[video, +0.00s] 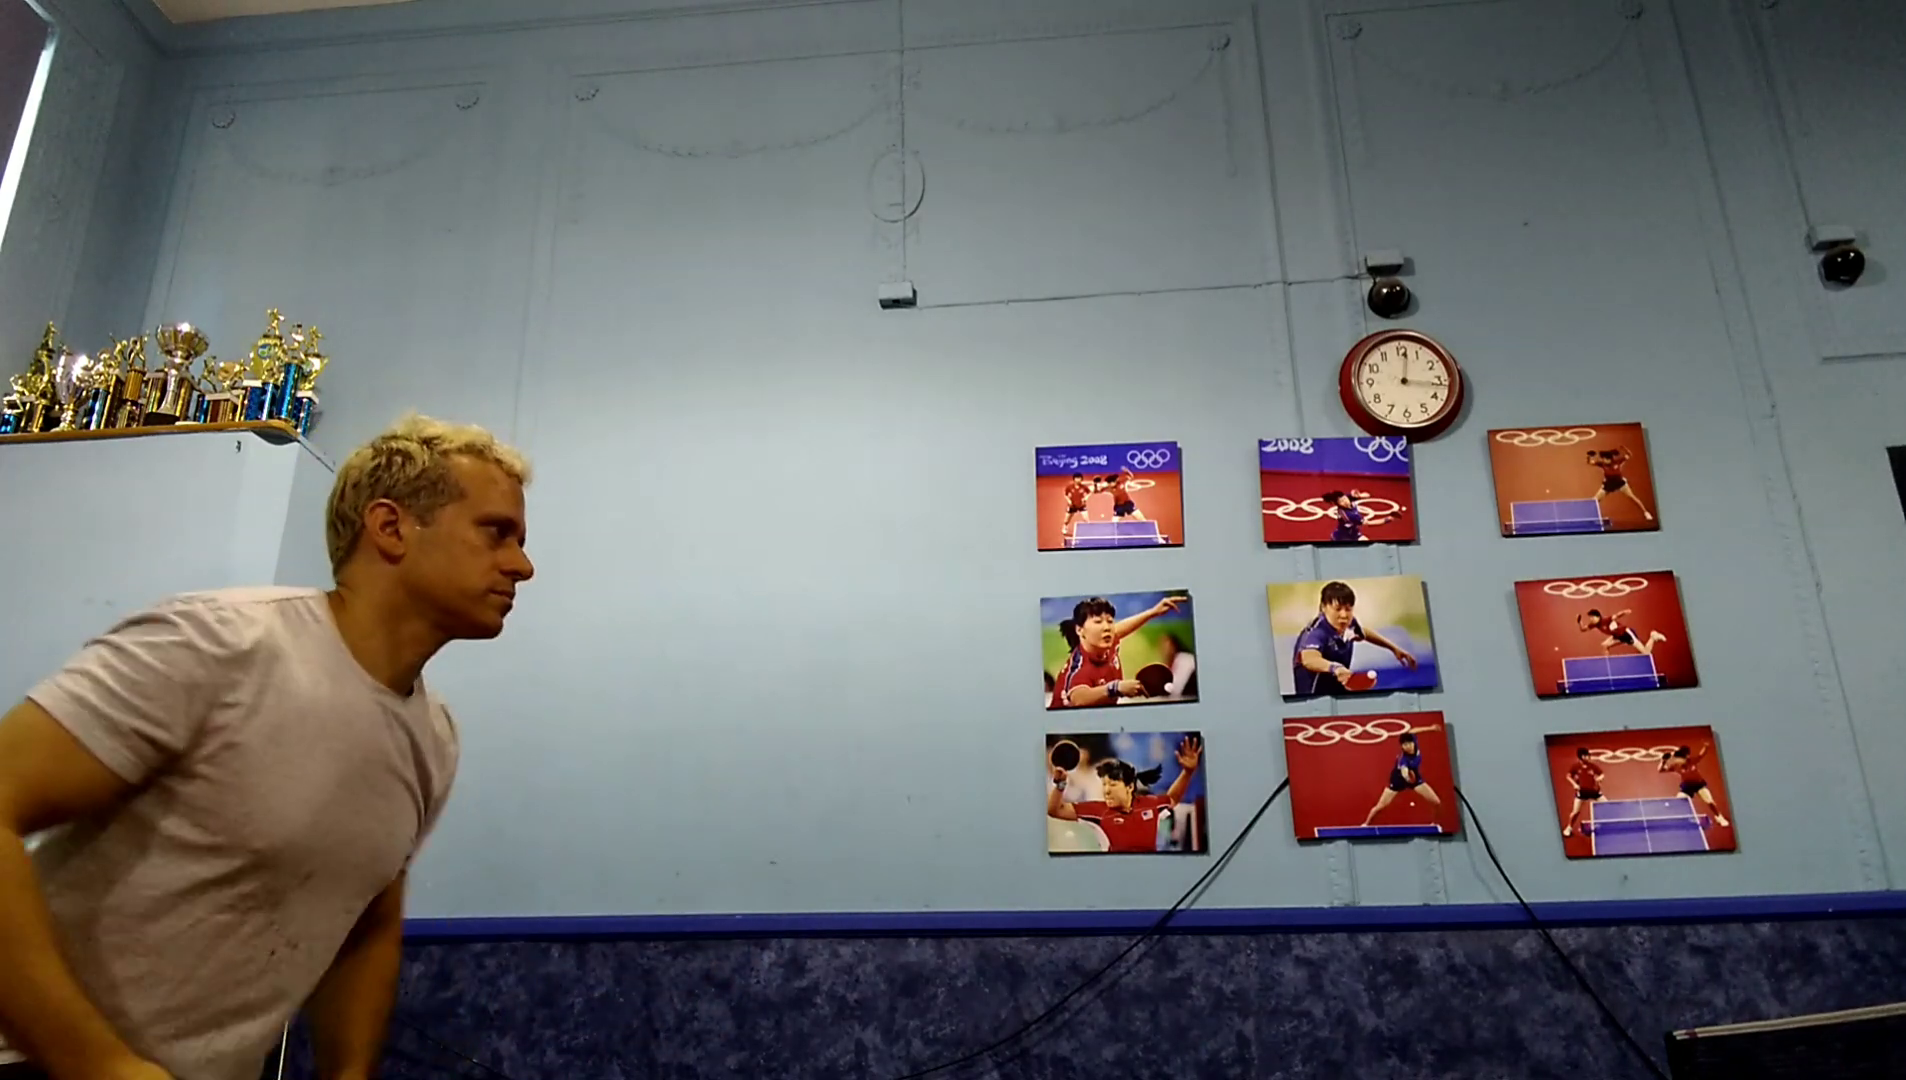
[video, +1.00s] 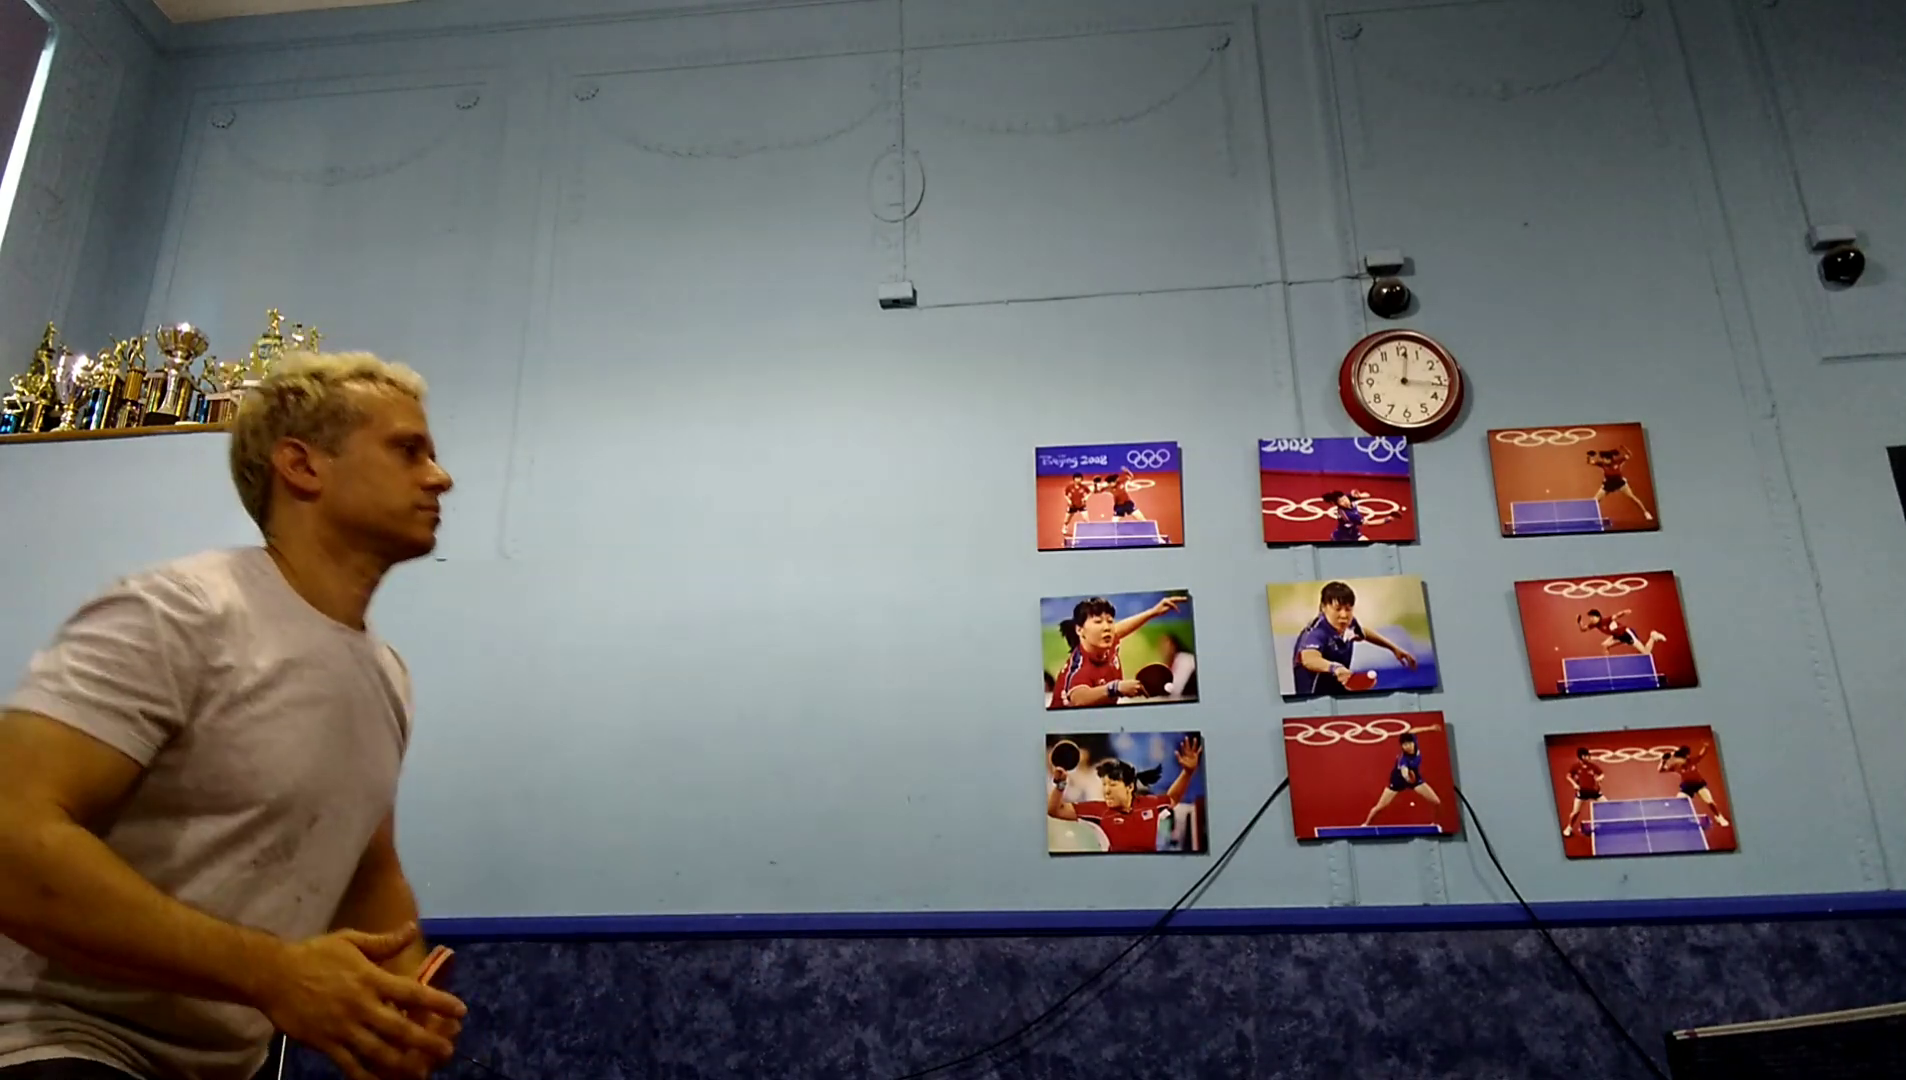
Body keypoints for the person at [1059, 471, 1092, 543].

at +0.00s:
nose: (1078, 481)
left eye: (1079, 479)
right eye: (1077, 479)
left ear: (1081, 480)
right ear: (1074, 480)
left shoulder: (1083, 487)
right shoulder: (1070, 487)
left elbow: (1090, 492)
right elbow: (1065, 494)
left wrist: (1085, 498)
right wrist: (1068, 501)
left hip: (1081, 505)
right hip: (1072, 505)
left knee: (1086, 519)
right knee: (1066, 520)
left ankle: (1090, 531)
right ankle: (1064, 529)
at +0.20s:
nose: (1078, 481)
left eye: (1079, 479)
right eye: (1077, 479)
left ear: (1081, 480)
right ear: (1074, 479)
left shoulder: (1083, 487)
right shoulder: (1070, 487)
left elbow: (1090, 492)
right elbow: (1065, 494)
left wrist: (1085, 498)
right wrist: (1068, 501)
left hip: (1081, 505)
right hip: (1072, 505)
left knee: (1086, 519)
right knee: (1066, 520)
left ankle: (1090, 531)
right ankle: (1064, 529)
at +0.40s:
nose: (1078, 481)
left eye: (1079, 479)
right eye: (1077, 479)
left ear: (1081, 480)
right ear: (1074, 480)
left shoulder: (1083, 487)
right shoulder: (1070, 487)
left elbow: (1089, 492)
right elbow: (1065, 494)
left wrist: (1085, 498)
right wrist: (1068, 501)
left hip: (1081, 505)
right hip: (1072, 505)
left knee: (1086, 519)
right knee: (1066, 520)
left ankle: (1089, 530)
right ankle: (1064, 528)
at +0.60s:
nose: (1078, 481)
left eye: (1079, 479)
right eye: (1077, 479)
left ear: (1081, 480)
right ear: (1074, 479)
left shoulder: (1083, 487)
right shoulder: (1070, 487)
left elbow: (1090, 492)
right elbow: (1065, 494)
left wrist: (1085, 498)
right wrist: (1069, 501)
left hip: (1081, 505)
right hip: (1073, 505)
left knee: (1086, 519)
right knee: (1066, 520)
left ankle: (1090, 531)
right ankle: (1064, 529)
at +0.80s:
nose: (1078, 481)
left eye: (1079, 479)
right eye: (1077, 479)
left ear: (1081, 480)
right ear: (1074, 479)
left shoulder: (1083, 487)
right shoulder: (1070, 487)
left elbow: (1089, 492)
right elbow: (1065, 494)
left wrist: (1085, 498)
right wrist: (1069, 501)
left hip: (1081, 505)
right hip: (1073, 505)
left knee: (1086, 519)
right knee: (1066, 520)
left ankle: (1090, 531)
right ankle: (1064, 529)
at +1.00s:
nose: (1078, 481)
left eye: (1079, 479)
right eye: (1077, 479)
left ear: (1081, 480)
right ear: (1074, 480)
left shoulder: (1083, 487)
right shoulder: (1070, 487)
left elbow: (1089, 492)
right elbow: (1065, 494)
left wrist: (1085, 498)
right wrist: (1068, 501)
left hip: (1081, 505)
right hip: (1073, 505)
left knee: (1086, 519)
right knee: (1066, 520)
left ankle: (1090, 531)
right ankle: (1064, 529)